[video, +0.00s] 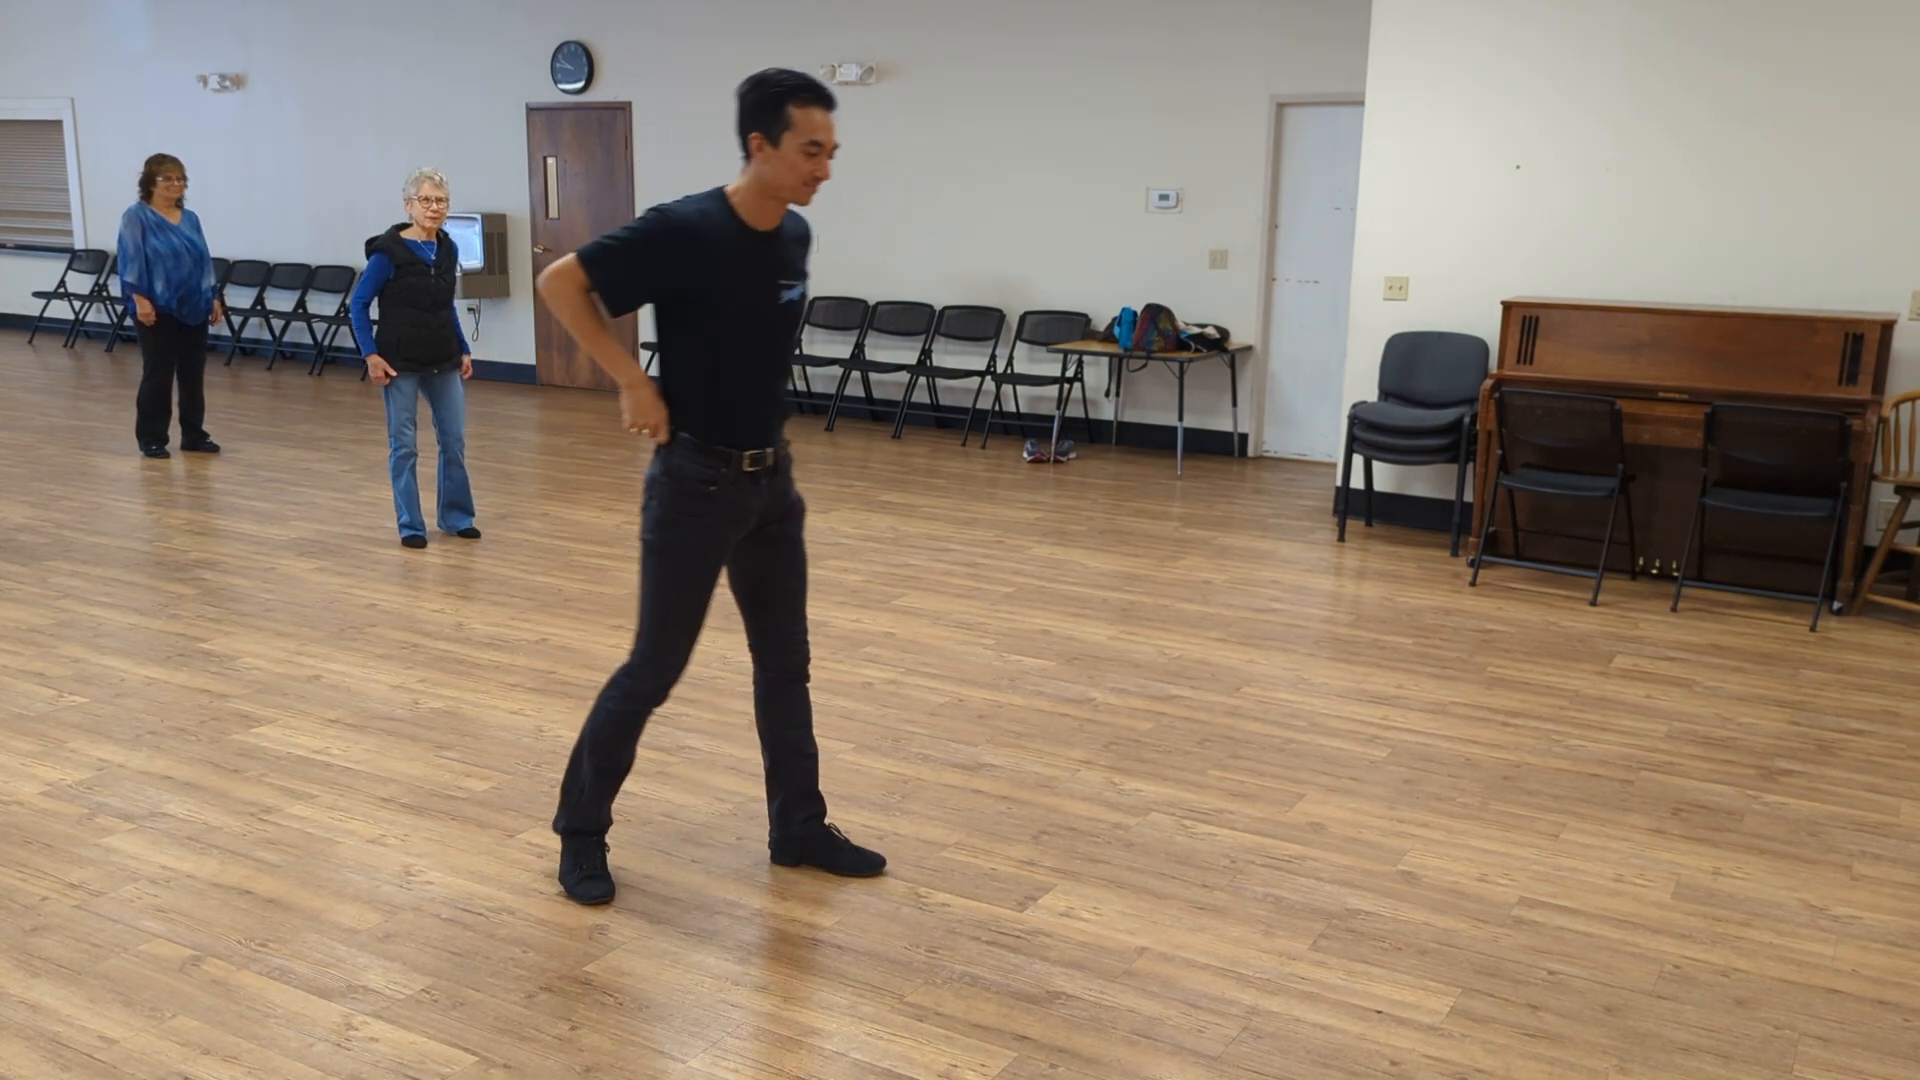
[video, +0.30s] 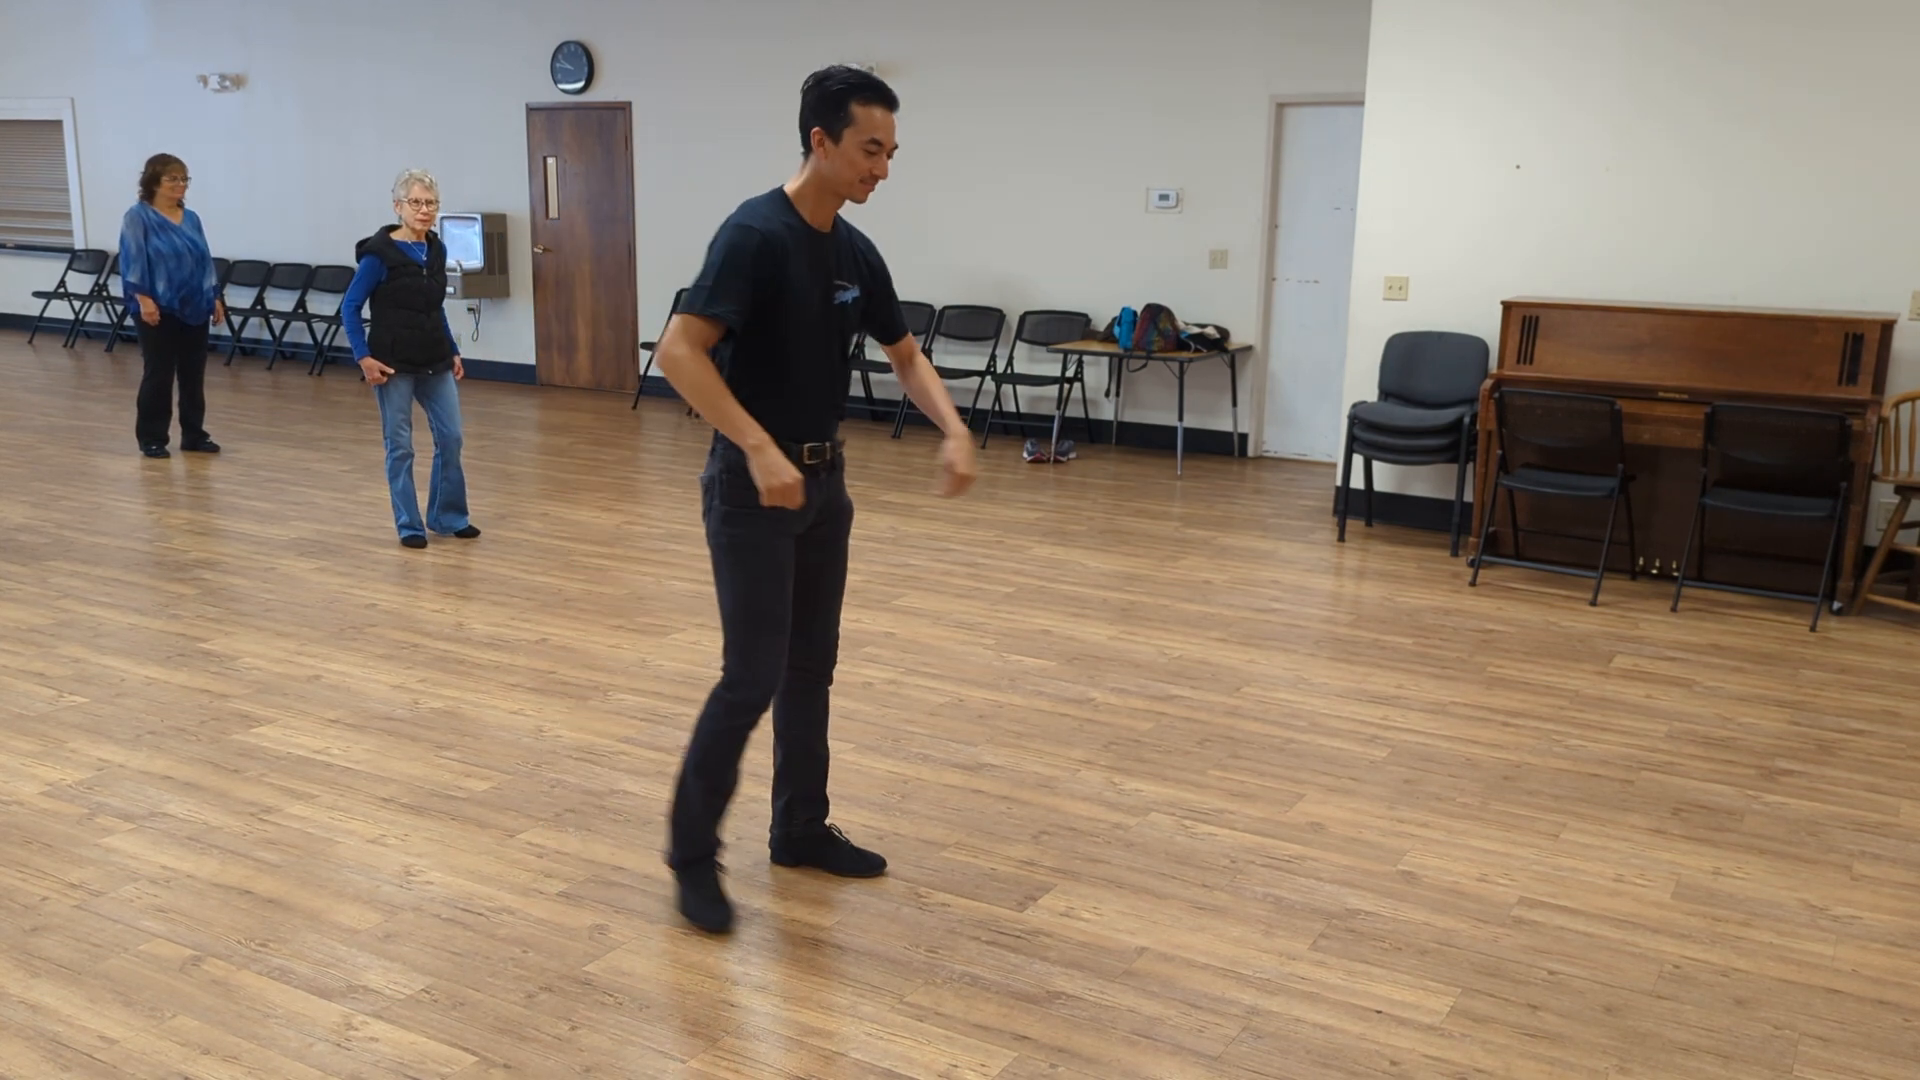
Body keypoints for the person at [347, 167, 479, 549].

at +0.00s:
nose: (434, 207)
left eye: (440, 201)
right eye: (425, 200)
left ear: (448, 206)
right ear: (409, 204)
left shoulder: (447, 249)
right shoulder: (391, 250)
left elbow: (447, 305)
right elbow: (358, 304)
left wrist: (463, 350)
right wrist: (370, 354)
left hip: (444, 360)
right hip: (399, 363)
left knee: (453, 441)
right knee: (404, 446)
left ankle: (457, 518)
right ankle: (411, 526)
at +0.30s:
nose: (425, 210)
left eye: (430, 203)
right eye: (416, 203)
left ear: (437, 208)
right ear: (399, 206)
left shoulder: (435, 249)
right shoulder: (381, 252)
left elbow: (434, 307)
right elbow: (350, 307)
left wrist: (452, 351)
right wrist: (363, 357)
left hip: (436, 361)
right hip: (393, 364)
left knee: (451, 437)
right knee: (400, 446)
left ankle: (447, 517)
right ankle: (409, 526)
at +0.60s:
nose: (422, 209)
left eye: (427, 201)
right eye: (413, 202)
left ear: (433, 206)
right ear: (395, 206)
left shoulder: (433, 248)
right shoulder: (380, 253)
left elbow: (434, 307)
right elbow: (352, 310)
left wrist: (452, 350)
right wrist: (368, 360)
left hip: (437, 360)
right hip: (394, 364)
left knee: (454, 439)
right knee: (401, 447)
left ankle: (461, 519)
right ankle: (409, 527)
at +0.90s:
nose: (430, 206)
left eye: (435, 199)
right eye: (421, 200)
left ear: (441, 204)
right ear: (404, 205)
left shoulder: (444, 246)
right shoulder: (389, 253)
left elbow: (446, 304)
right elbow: (360, 309)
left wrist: (465, 347)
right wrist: (377, 358)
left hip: (449, 359)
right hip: (406, 362)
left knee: (457, 441)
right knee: (408, 446)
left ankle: (464, 521)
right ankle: (410, 526)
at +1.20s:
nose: (440, 206)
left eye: (446, 198)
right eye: (431, 199)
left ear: (452, 202)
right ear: (413, 203)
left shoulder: (455, 245)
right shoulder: (400, 251)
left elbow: (458, 304)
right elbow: (379, 311)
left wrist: (481, 348)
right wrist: (391, 363)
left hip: (460, 358)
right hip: (418, 361)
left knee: (459, 443)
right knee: (415, 447)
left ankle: (464, 521)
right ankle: (411, 526)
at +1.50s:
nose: (449, 205)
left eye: (455, 198)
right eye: (440, 199)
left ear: (461, 202)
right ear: (424, 204)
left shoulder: (466, 247)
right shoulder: (409, 251)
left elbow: (470, 305)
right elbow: (388, 310)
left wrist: (493, 350)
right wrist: (395, 361)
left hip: (469, 358)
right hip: (427, 360)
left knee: (464, 442)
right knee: (420, 446)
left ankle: (464, 521)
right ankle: (411, 526)